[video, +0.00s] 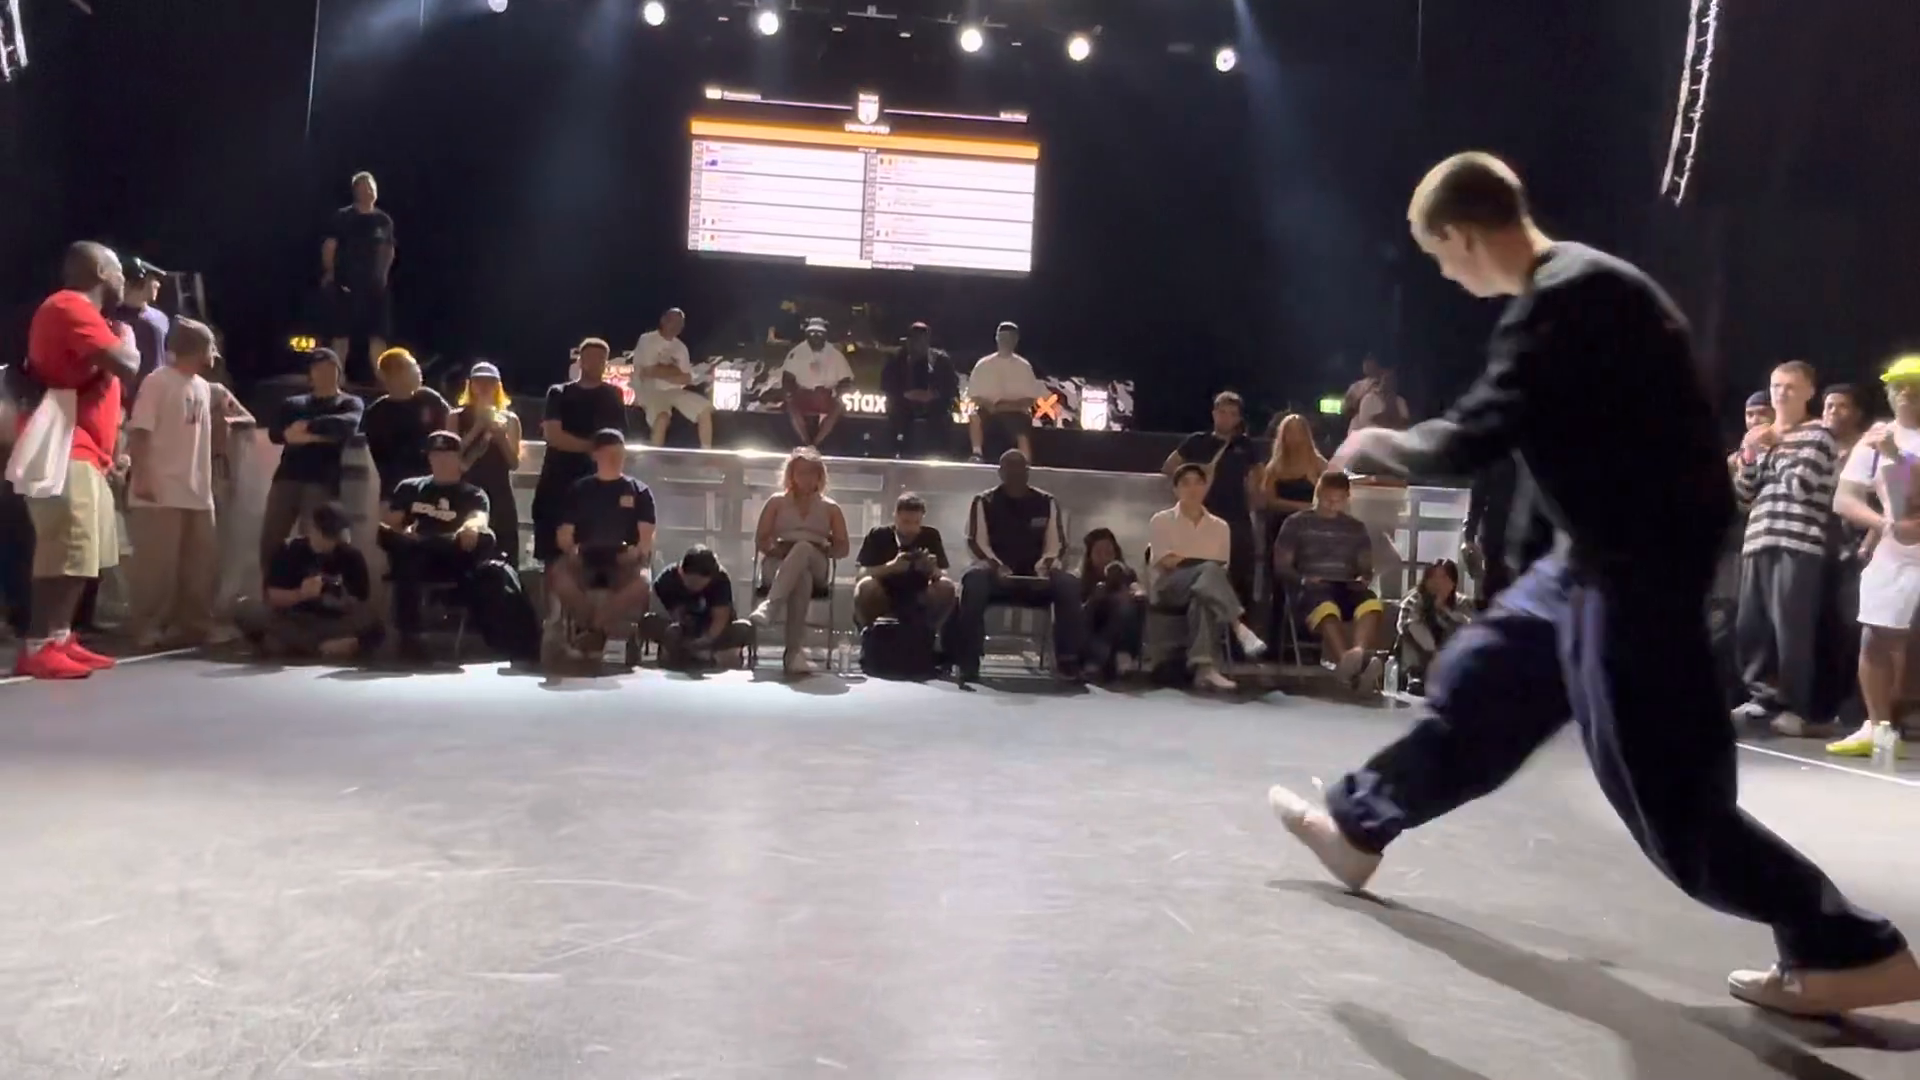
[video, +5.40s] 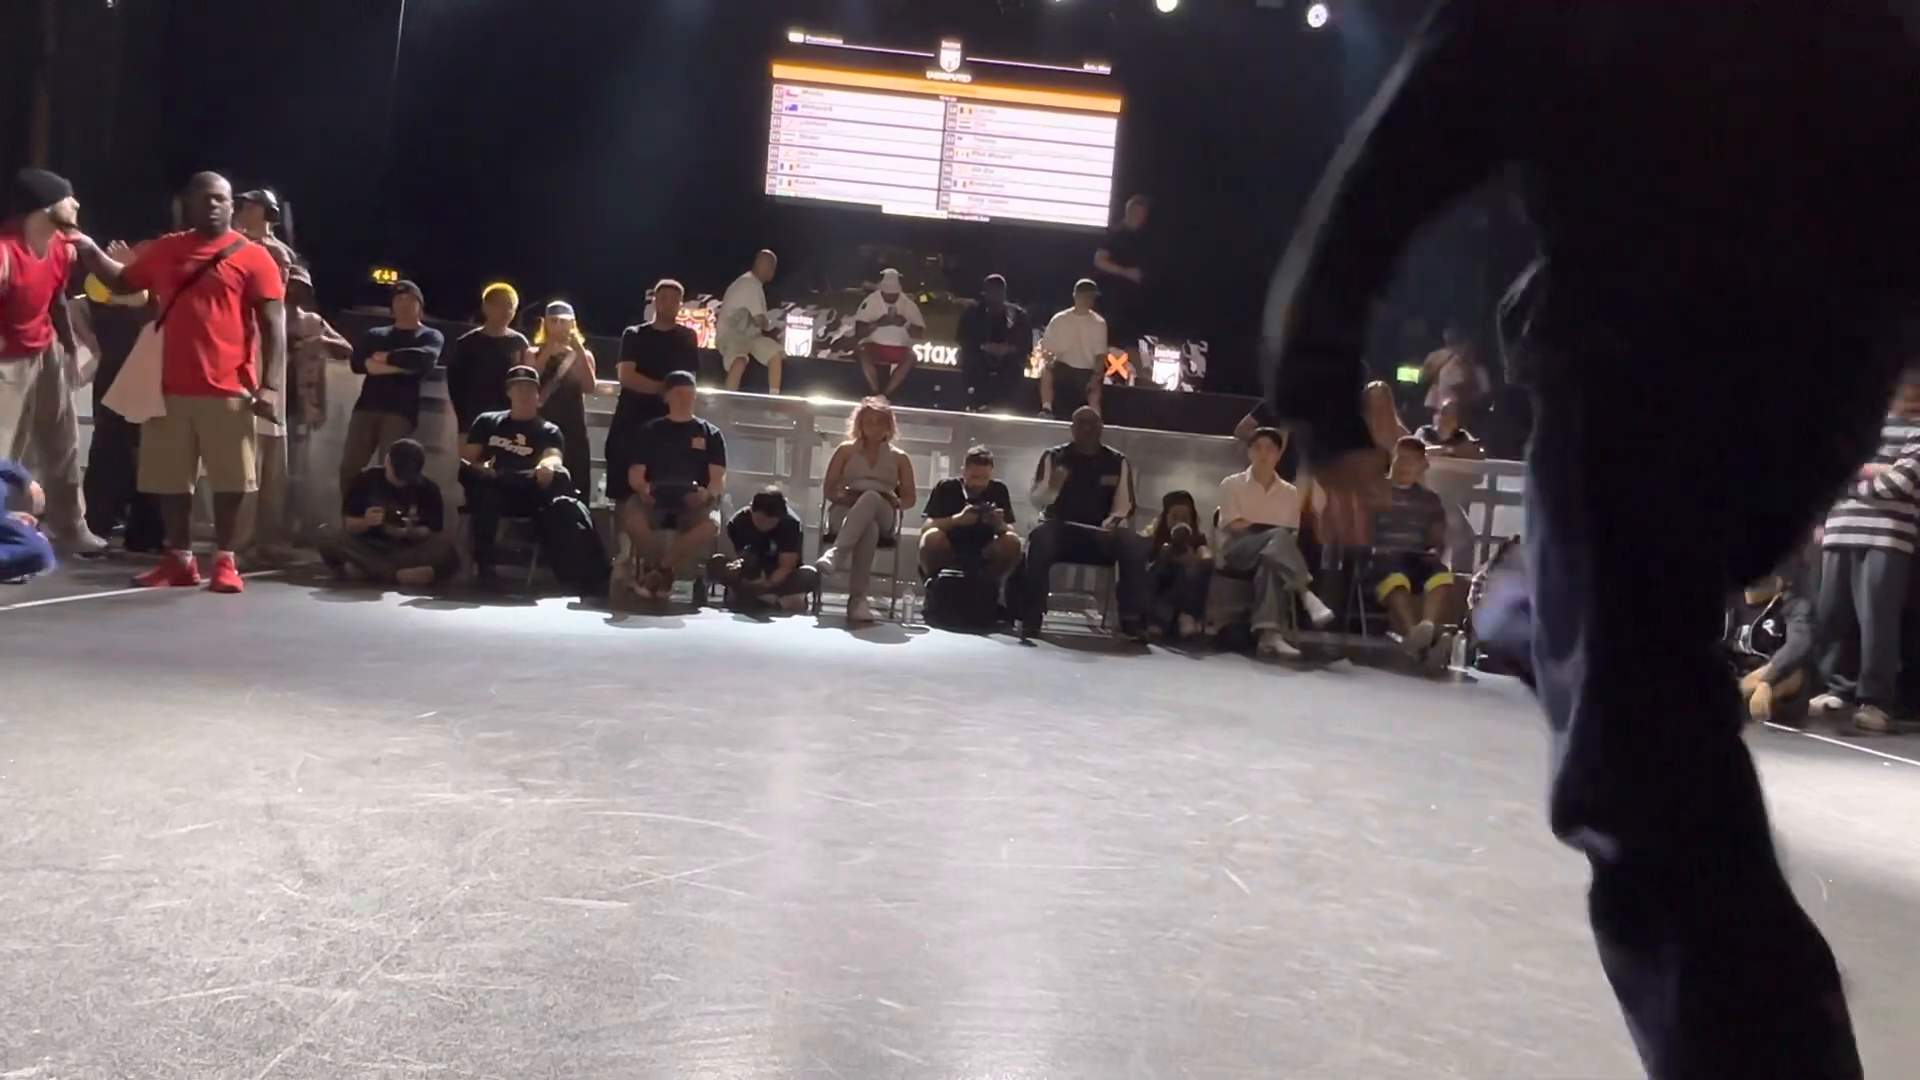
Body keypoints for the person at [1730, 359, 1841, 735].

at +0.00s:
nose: (1780, 394)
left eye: (1789, 388)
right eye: (1776, 387)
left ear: (1809, 394)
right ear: (1770, 392)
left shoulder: (1818, 435)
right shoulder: (1764, 440)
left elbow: (1805, 483)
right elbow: (1746, 495)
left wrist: (1770, 451)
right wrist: (1748, 456)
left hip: (1798, 536)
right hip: (1758, 536)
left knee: (1792, 623)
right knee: (1750, 621)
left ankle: (1798, 708)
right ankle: (1761, 694)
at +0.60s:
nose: (1828, 386)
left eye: (1837, 379)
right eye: (1825, 378)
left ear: (1859, 386)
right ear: (1821, 382)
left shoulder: (1866, 428)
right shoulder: (1817, 428)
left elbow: (1843, 482)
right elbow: (1782, 478)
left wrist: (1813, 445)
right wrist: (1786, 438)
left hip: (1839, 534)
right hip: (1801, 533)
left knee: (1831, 618)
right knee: (1792, 612)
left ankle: (1832, 701)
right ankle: (1797, 689)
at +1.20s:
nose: (1848, 386)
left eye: (1858, 379)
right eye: (1845, 378)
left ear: (1880, 385)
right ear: (1841, 383)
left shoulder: (1893, 429)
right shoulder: (1821, 429)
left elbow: (1864, 480)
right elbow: (1789, 475)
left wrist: (1814, 472)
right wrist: (1835, 463)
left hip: (1860, 539)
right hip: (1815, 539)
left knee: (1849, 620)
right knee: (1809, 618)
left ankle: (1848, 702)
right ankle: (1818, 691)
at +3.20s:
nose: (1878, 379)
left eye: (1887, 372)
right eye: (1875, 372)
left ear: (1914, 377)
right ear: (1870, 374)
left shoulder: (1916, 425)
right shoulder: (1853, 420)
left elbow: (1890, 479)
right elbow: (1815, 465)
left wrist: (1841, 472)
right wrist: (1860, 471)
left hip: (1891, 540)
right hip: (1843, 536)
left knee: (1879, 620)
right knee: (1836, 614)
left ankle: (1876, 697)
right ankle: (1840, 686)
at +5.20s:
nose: (1906, 387)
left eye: (1904, 378)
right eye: (1900, 378)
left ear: (1911, 386)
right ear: (1876, 382)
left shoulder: (1914, 426)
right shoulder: (1842, 424)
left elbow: (1901, 480)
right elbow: (1814, 470)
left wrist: (1846, 481)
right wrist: (1864, 468)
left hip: (1884, 533)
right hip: (1835, 531)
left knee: (1875, 617)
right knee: (1832, 613)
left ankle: (1874, 700)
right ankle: (1839, 688)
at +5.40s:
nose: (1910, 401)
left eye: (1915, 395)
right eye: (1905, 393)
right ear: (1891, 394)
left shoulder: (1916, 433)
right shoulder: (1864, 425)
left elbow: (1900, 482)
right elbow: (1833, 466)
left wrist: (1855, 478)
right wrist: (1872, 474)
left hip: (1886, 532)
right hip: (1840, 528)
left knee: (1876, 620)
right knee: (1831, 616)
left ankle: (1875, 702)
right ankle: (1838, 689)